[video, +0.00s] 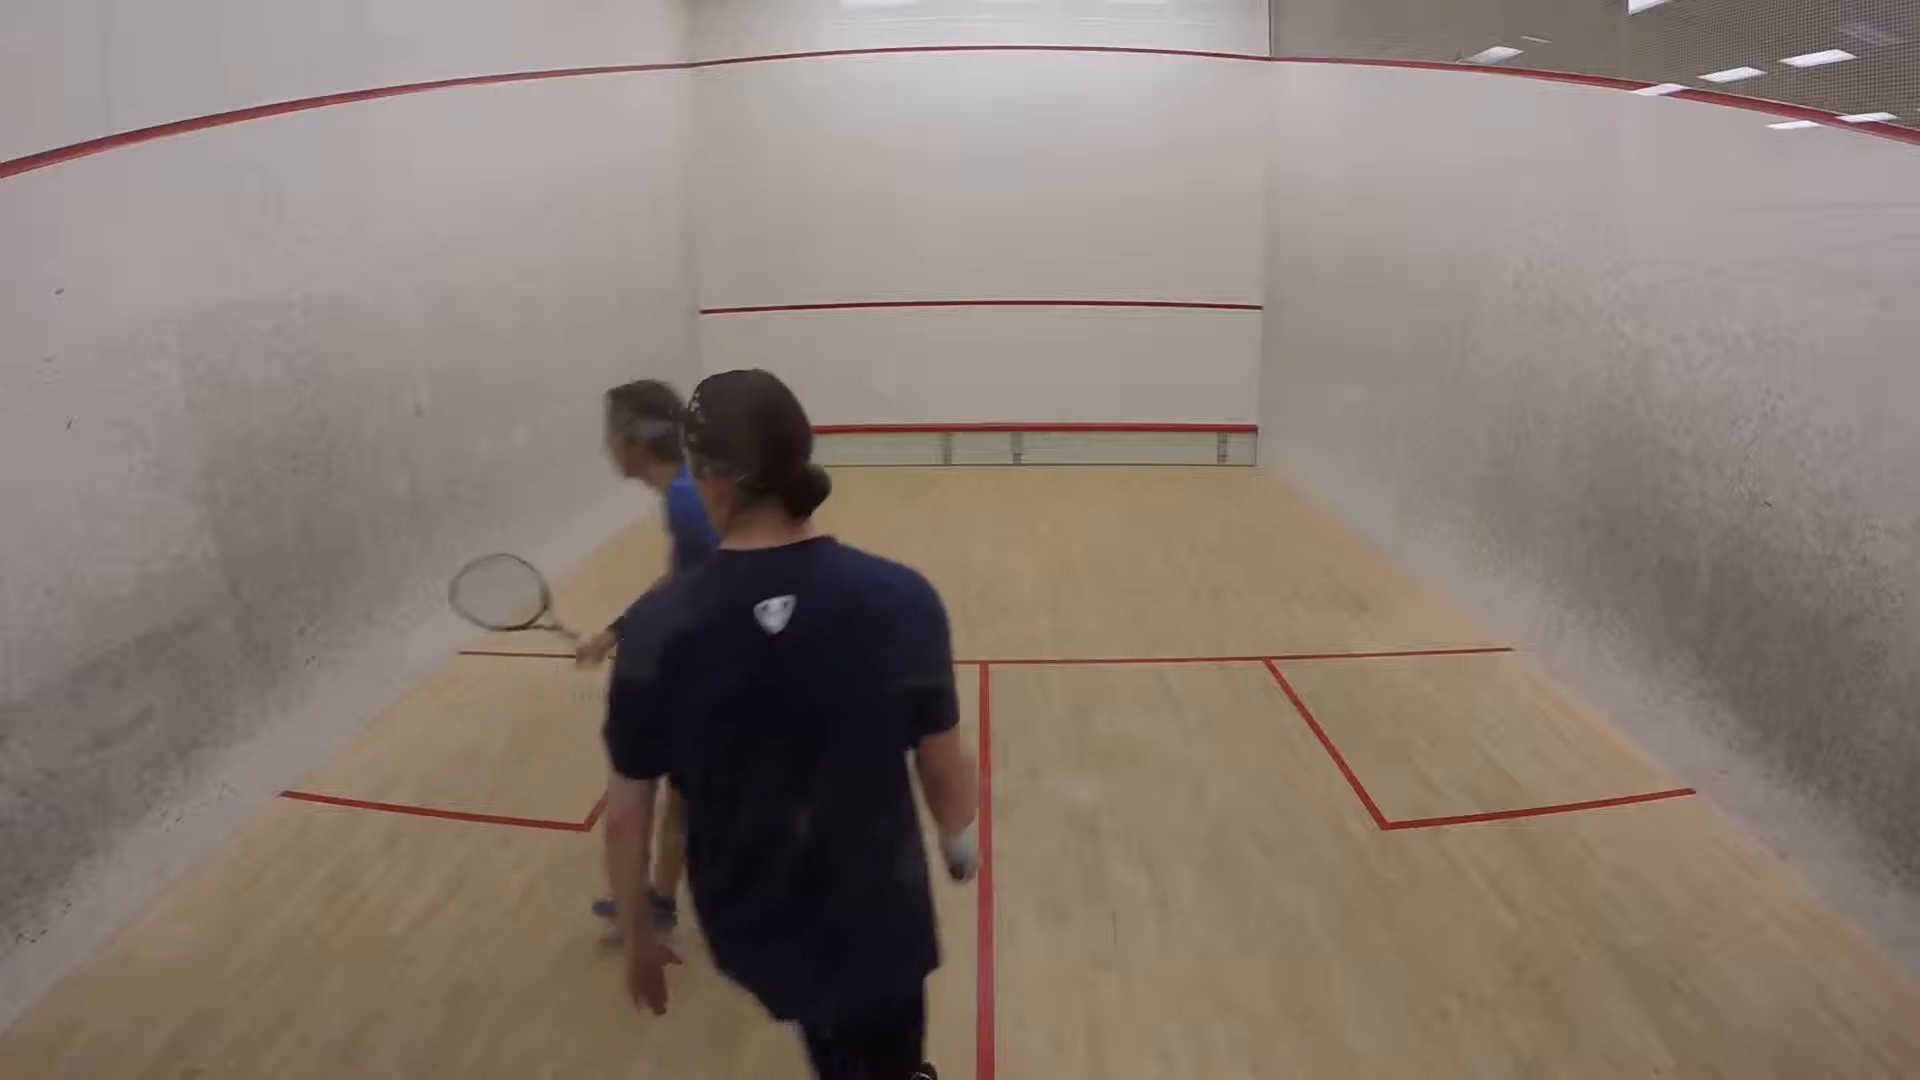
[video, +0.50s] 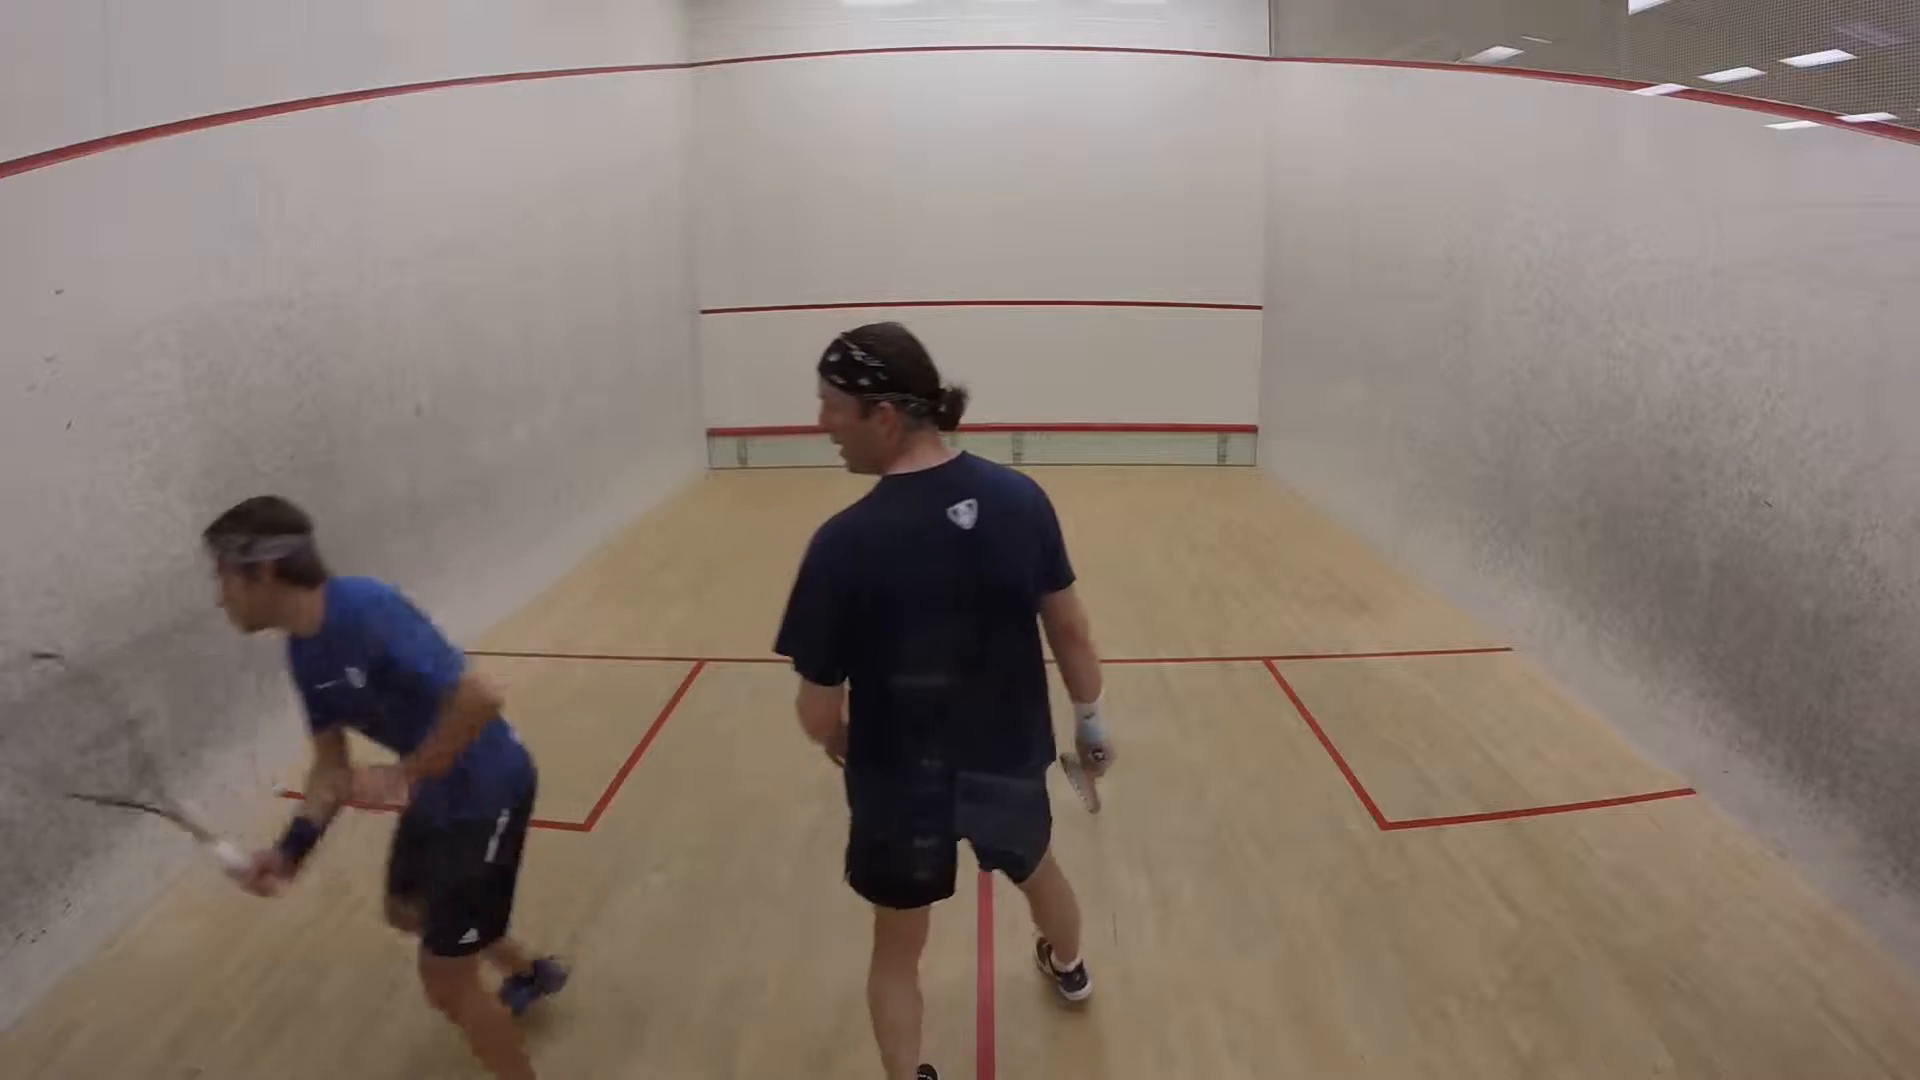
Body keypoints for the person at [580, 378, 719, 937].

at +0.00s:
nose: (614, 457)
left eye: (616, 443)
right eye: (613, 444)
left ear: (639, 442)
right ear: (665, 436)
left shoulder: (686, 497)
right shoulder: (691, 490)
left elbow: (696, 585)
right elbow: (678, 580)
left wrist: (614, 634)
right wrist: (614, 633)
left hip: (712, 659)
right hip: (711, 653)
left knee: (675, 785)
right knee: (680, 780)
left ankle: (659, 899)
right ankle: (651, 893)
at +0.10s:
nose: (525, 485)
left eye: (530, 471)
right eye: (525, 472)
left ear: (562, 470)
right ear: (568, 469)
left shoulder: (625, 526)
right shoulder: (610, 525)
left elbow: (686, 619)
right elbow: (599, 622)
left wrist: (669, 714)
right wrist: (541, 693)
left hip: (695, 689)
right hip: (657, 685)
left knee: (702, 844)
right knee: (616, 801)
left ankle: (788, 836)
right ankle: (648, 906)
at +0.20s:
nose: (444, 504)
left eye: (449, 488)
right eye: (443, 490)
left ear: (483, 486)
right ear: (488, 487)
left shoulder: (573, 534)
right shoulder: (519, 558)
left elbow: (673, 601)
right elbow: (531, 652)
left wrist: (658, 705)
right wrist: (488, 736)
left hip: (655, 701)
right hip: (605, 696)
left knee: (609, 868)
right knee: (580, 827)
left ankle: (702, 920)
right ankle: (647, 908)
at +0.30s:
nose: (363, 526)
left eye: (368, 509)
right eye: (361, 511)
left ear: (409, 506)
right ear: (410, 508)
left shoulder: (511, 546)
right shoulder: (438, 581)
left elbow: (625, 592)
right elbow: (464, 687)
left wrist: (615, 701)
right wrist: (435, 775)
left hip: (596, 722)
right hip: (548, 726)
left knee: (550, 909)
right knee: (567, 848)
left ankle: (582, 1048)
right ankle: (640, 907)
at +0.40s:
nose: (294, 565)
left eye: (300, 547)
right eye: (293, 548)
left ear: (344, 543)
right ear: (341, 546)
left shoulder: (446, 589)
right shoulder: (373, 619)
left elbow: (570, 630)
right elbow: (405, 734)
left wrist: (544, 742)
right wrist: (375, 826)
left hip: (534, 774)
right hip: (485, 775)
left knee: (486, 957)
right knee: (502, 889)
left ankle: (530, 1071)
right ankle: (614, 906)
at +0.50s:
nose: (218, 595)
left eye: (224, 577)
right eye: (217, 578)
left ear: (265, 573)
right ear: (266, 574)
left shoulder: (370, 612)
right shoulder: (305, 649)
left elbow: (479, 698)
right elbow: (332, 764)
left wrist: (406, 774)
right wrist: (291, 851)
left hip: (490, 788)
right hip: (434, 791)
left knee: (448, 980)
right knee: (409, 908)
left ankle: (518, 1072)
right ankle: (527, 970)